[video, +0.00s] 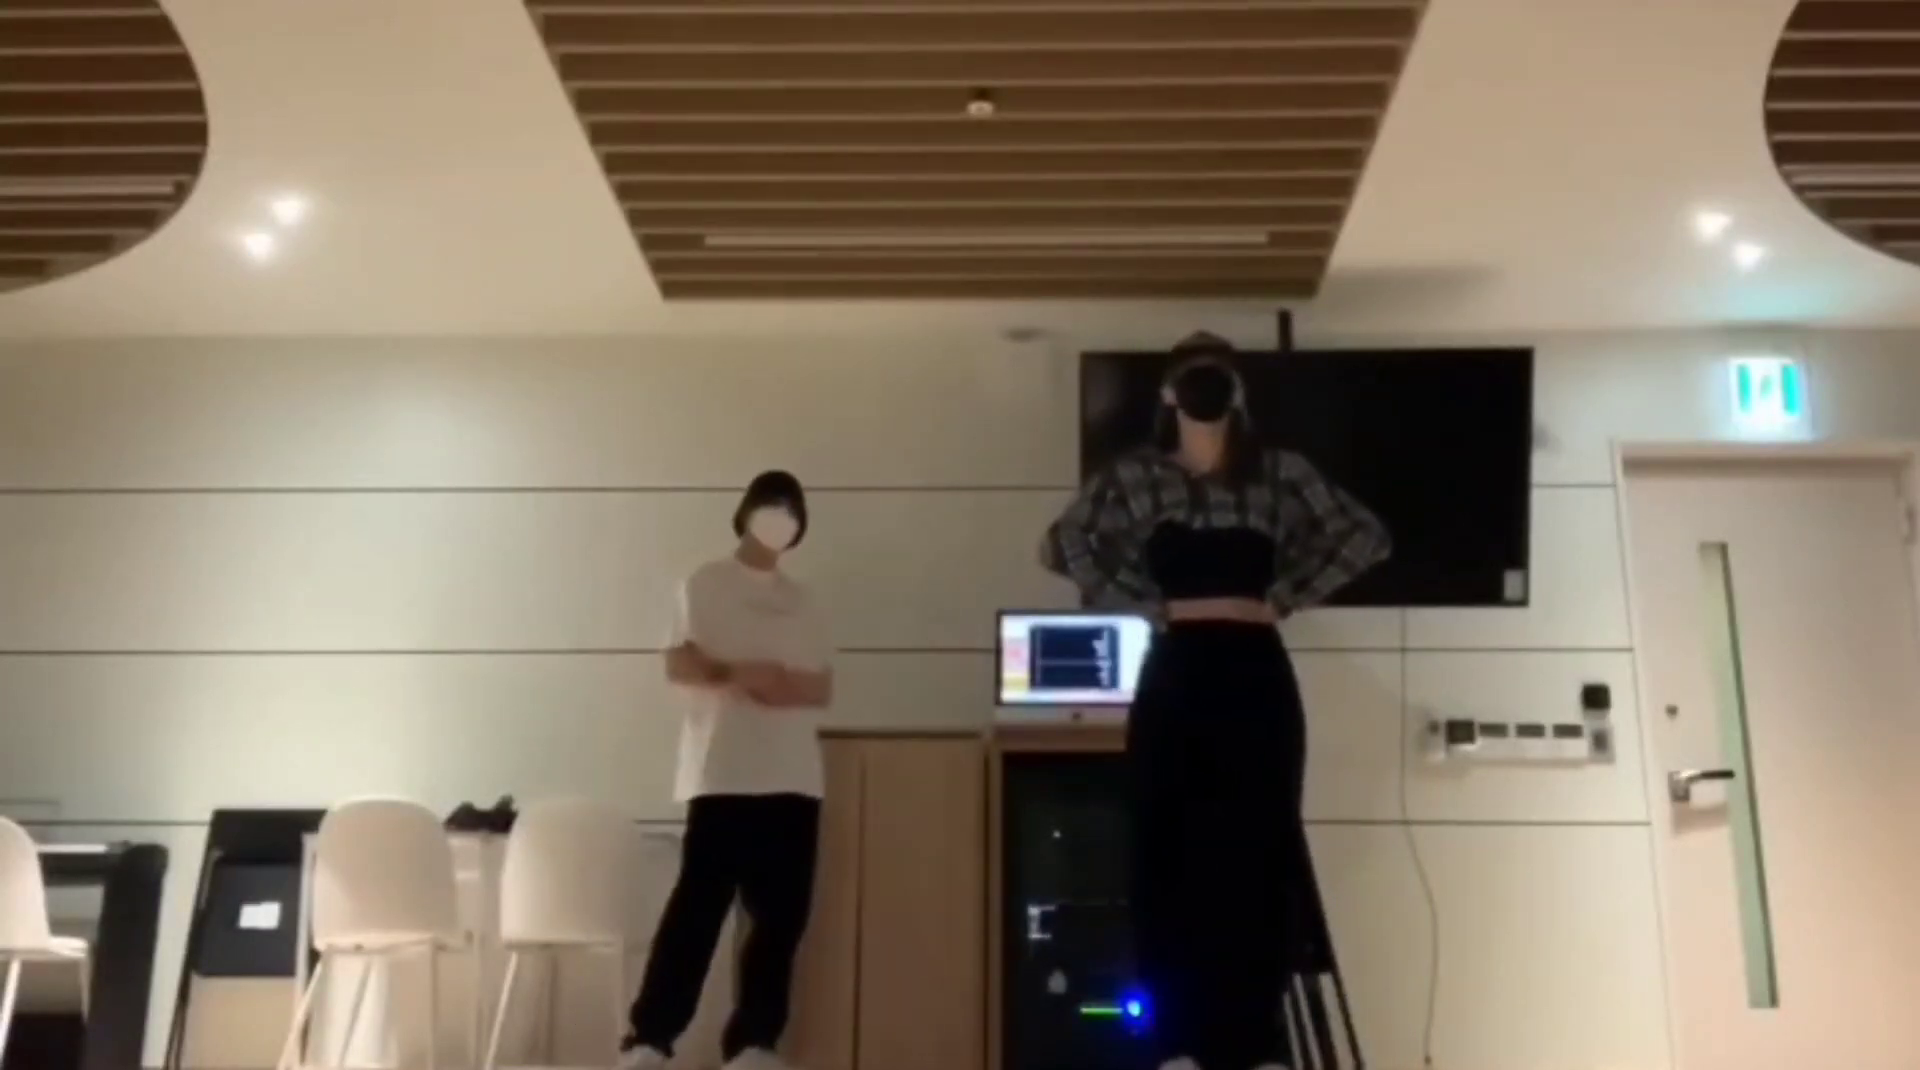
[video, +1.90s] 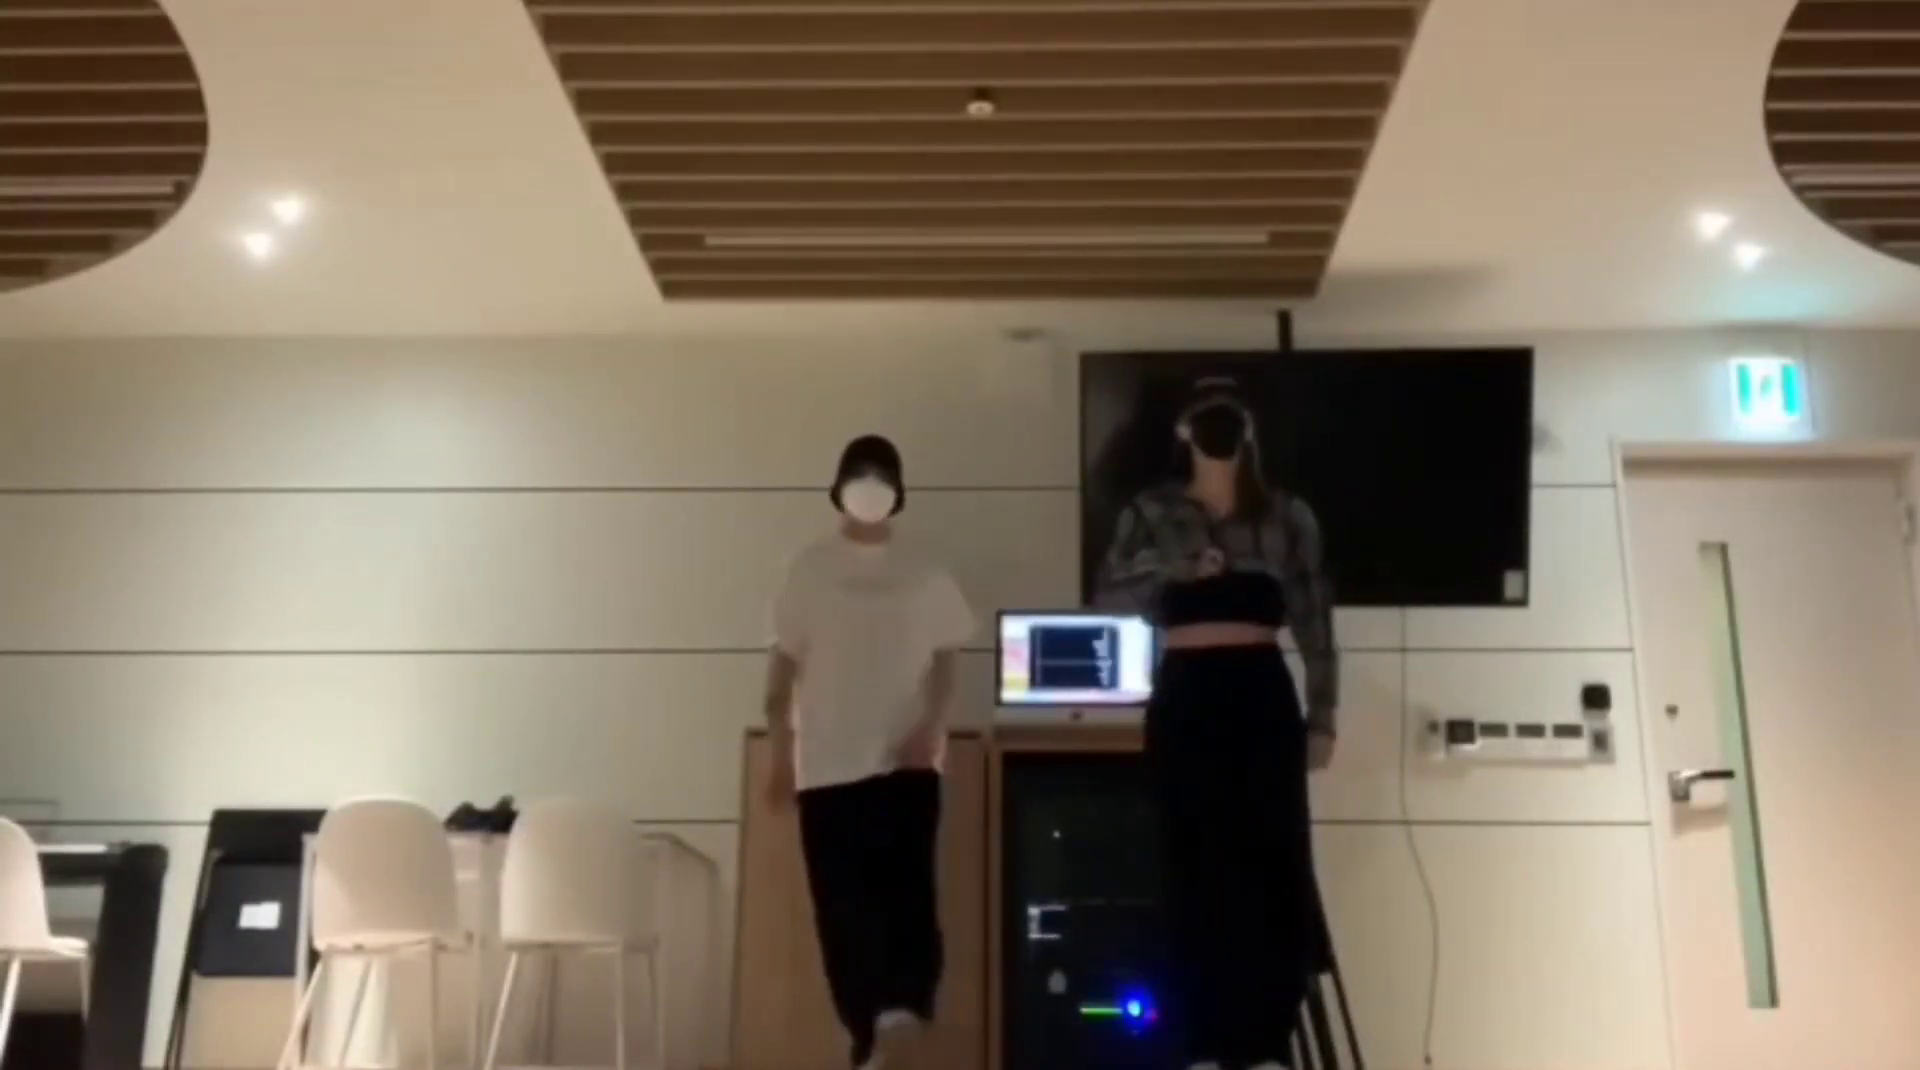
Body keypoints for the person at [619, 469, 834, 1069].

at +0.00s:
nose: (778, 520)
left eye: (790, 513)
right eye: (768, 506)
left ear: (799, 527)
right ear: (744, 513)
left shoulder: (805, 600)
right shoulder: (707, 582)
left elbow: (823, 687)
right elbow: (681, 664)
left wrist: (768, 686)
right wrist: (754, 673)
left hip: (792, 778)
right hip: (721, 775)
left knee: (782, 919)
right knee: (698, 909)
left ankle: (753, 1046)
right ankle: (650, 1040)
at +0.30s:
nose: (811, 526)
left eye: (822, 518)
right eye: (801, 511)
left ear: (831, 531)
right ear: (778, 515)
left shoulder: (819, 600)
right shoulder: (736, 577)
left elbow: (835, 675)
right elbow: (723, 656)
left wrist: (823, 714)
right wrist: (784, 702)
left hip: (805, 770)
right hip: (746, 764)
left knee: (794, 908)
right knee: (756, 904)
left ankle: (766, 1042)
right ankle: (746, 1043)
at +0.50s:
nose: (827, 526)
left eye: (839, 518)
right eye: (818, 512)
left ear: (847, 531)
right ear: (795, 516)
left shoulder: (832, 603)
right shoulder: (753, 578)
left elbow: (845, 690)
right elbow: (744, 670)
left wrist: (848, 756)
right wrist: (767, 754)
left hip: (815, 774)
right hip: (757, 769)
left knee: (793, 913)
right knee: (791, 908)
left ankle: (749, 1042)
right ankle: (836, 1028)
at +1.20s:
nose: (873, 498)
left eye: (884, 488)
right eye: (862, 485)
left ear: (897, 501)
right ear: (839, 493)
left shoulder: (888, 578)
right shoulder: (815, 566)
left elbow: (903, 677)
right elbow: (811, 658)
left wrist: (925, 757)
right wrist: (848, 747)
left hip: (902, 770)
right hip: (848, 770)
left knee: (896, 904)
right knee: (857, 914)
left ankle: (803, 1005)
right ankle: (876, 1044)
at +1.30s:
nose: (876, 497)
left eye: (887, 488)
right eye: (864, 484)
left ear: (899, 500)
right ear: (841, 492)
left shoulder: (892, 577)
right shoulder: (816, 564)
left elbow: (915, 669)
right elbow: (820, 654)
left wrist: (935, 742)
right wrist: (867, 733)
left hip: (909, 763)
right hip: (850, 763)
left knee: (929, 887)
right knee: (862, 901)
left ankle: (841, 1000)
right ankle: (876, 1039)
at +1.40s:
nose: (877, 495)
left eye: (888, 485)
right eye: (864, 482)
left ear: (900, 498)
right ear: (841, 490)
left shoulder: (901, 577)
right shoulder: (813, 564)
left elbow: (922, 667)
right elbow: (818, 643)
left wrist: (943, 740)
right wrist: (876, 709)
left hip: (917, 767)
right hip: (851, 766)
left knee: (946, 899)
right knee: (860, 910)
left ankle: (935, 1028)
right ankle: (875, 1043)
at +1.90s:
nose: (870, 493)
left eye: (882, 482)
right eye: (858, 480)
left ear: (898, 492)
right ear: (838, 490)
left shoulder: (922, 567)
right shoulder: (811, 567)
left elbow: (946, 660)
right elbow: (783, 662)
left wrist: (934, 730)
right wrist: (778, 750)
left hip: (903, 760)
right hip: (826, 763)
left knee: (904, 886)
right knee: (841, 903)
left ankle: (903, 1007)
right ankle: (862, 1037)